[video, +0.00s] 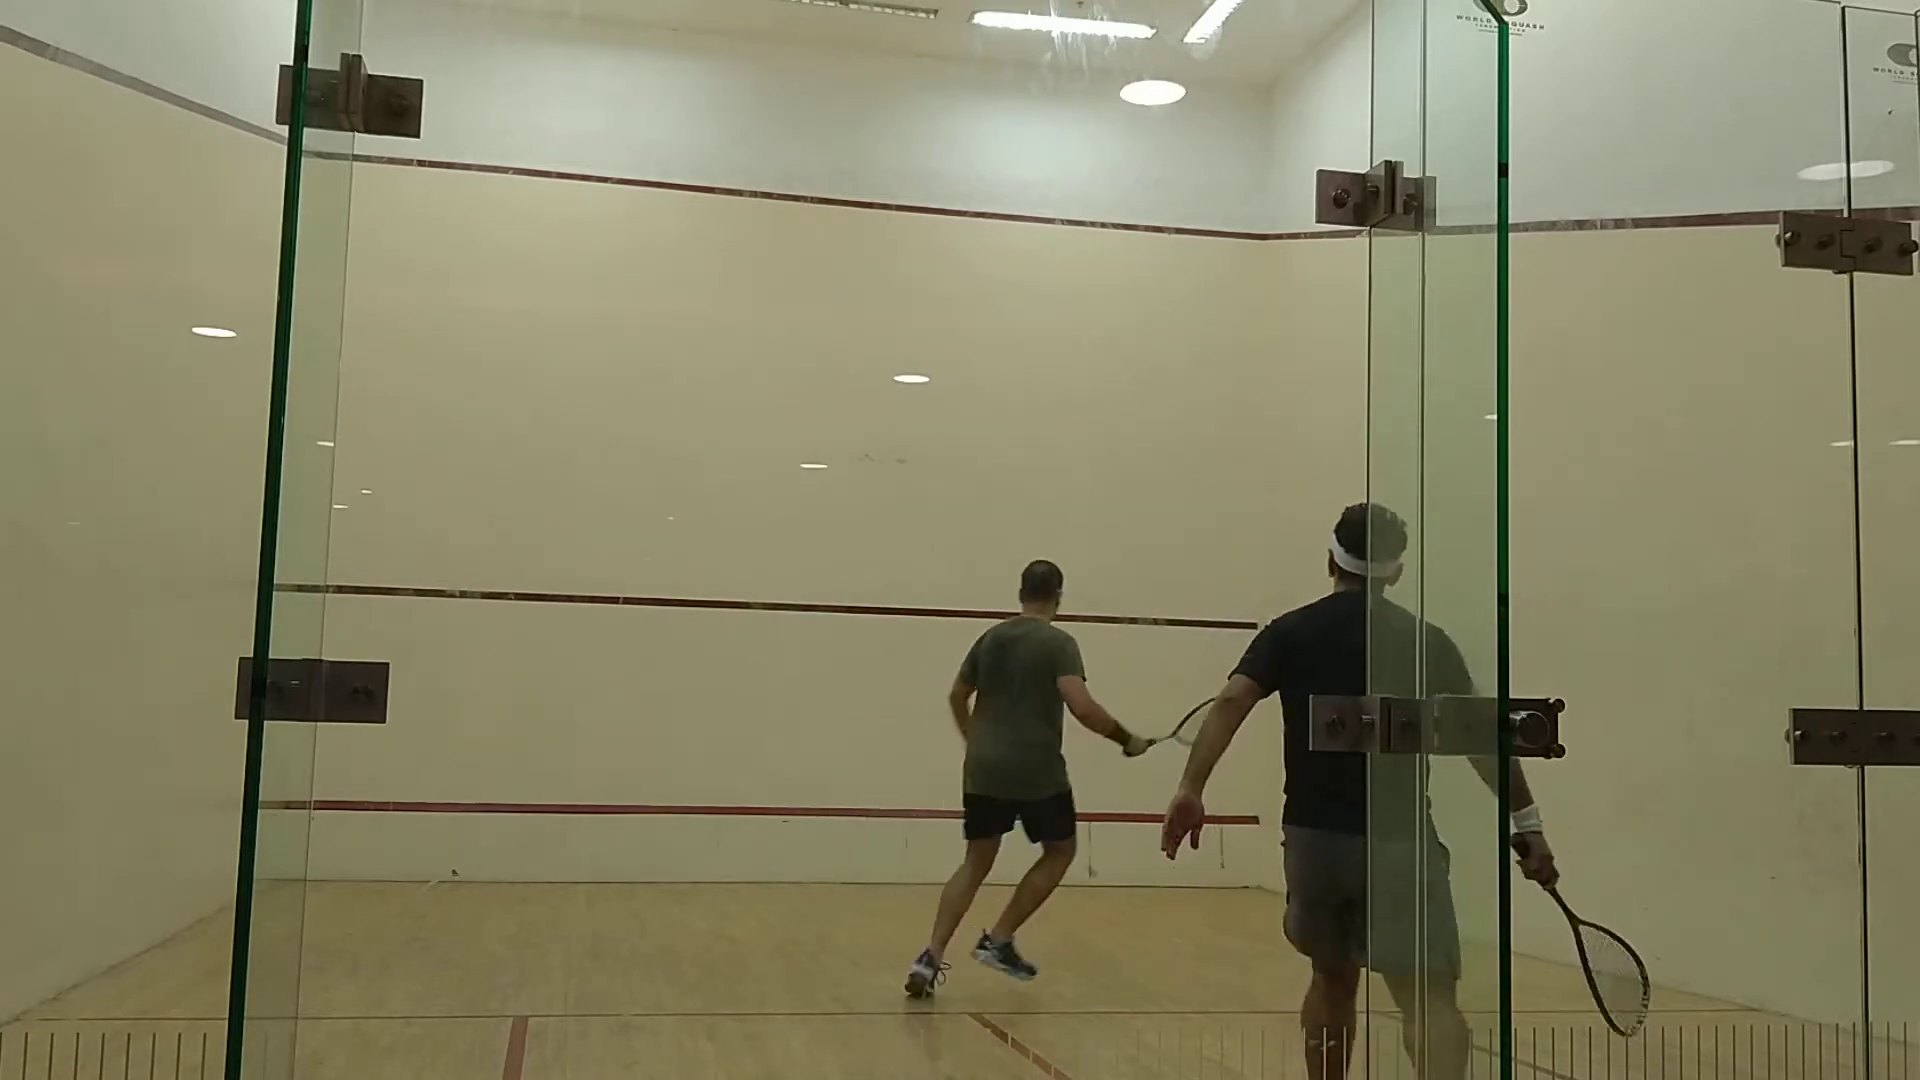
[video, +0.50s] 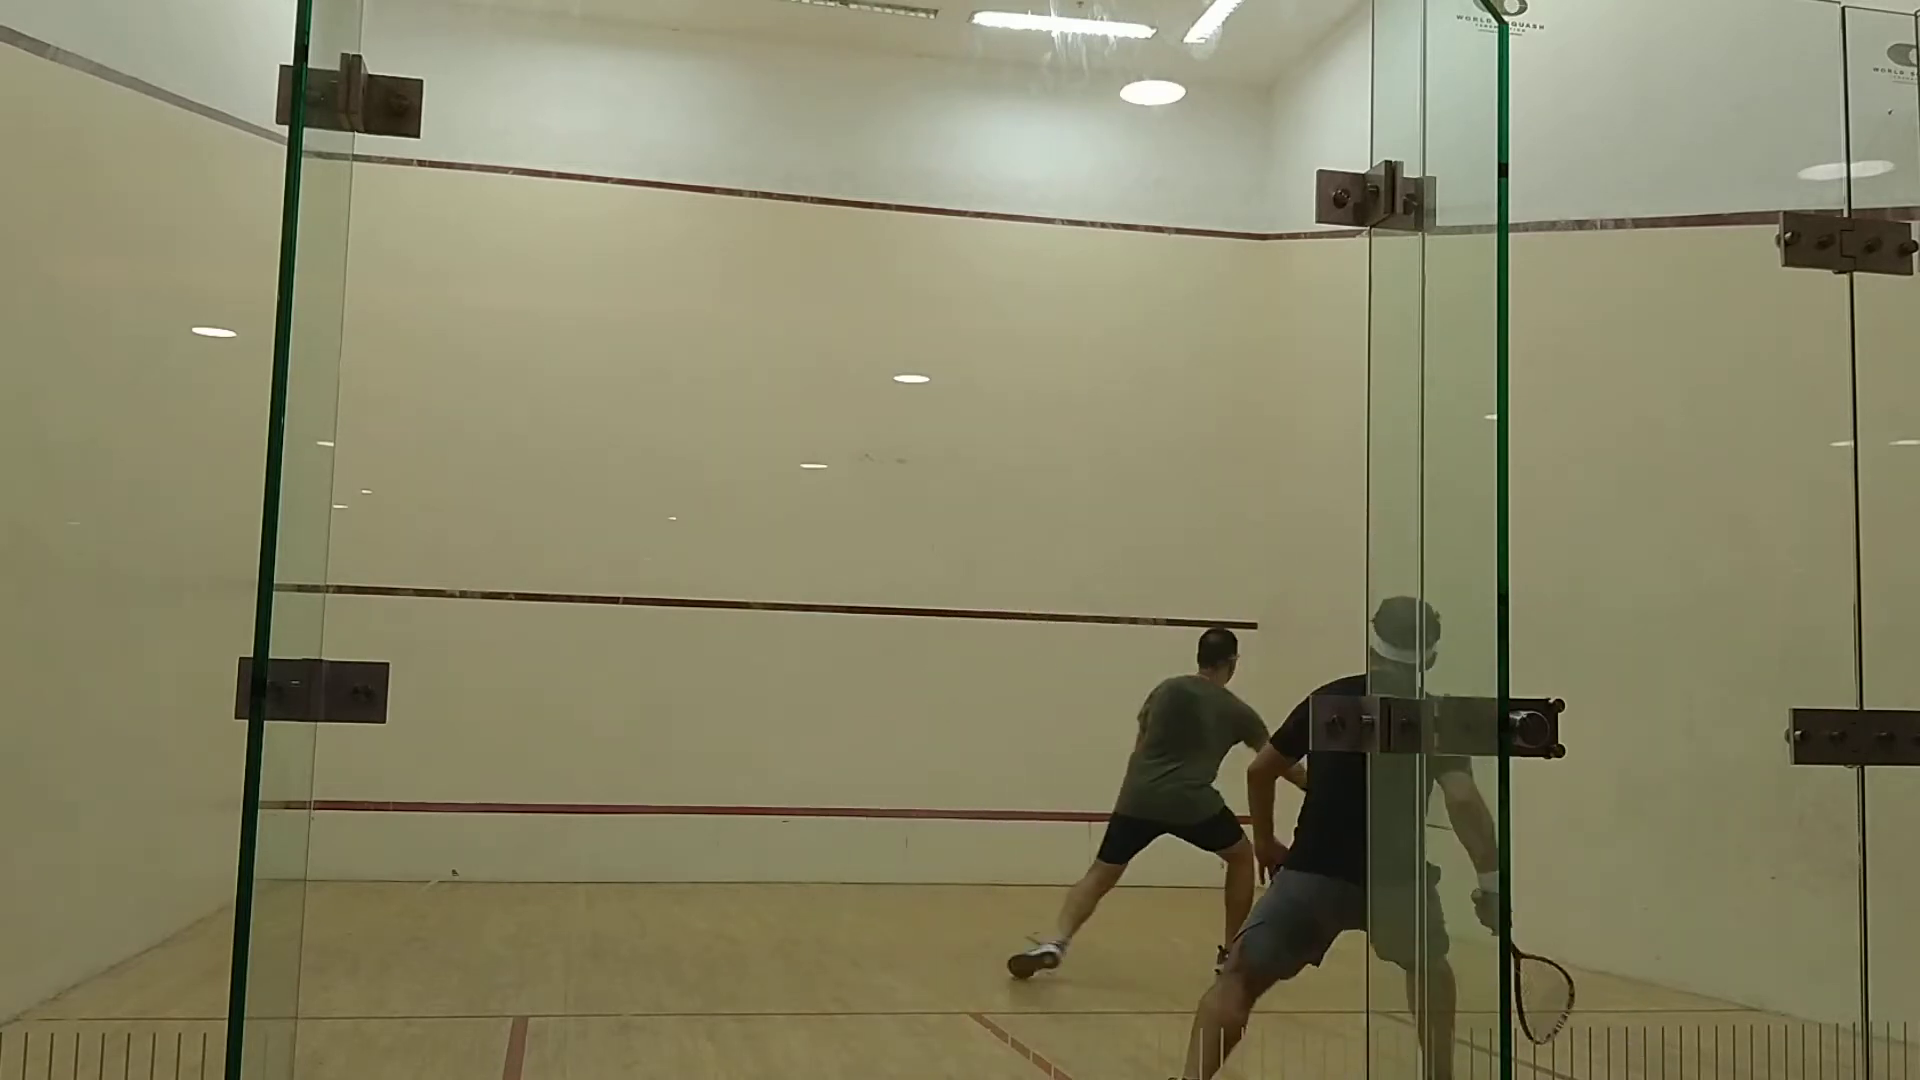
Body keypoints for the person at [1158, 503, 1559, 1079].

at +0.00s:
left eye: (1334, 554)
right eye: (1385, 560)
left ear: (1332, 561)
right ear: (1395, 566)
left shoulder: (1288, 634)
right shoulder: (1427, 643)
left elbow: (1231, 704)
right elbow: (1484, 741)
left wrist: (1189, 791)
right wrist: (1529, 828)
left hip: (1314, 848)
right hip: (1402, 854)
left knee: (1330, 978)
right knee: (1429, 997)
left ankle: (1325, 1076)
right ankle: (1445, 1077)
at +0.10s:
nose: (1357, 554)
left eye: (1351, 545)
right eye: (1391, 551)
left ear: (1350, 550)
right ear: (1411, 556)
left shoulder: (1305, 617)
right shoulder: (1436, 630)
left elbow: (1233, 687)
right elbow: (1474, 730)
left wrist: (1207, 779)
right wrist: (1503, 818)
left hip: (1316, 823)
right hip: (1405, 828)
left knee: (1316, 961)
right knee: (1424, 969)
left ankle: (1309, 1076)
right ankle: (1419, 1076)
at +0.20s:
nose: (1400, 571)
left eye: (1390, 558)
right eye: (1414, 560)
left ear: (1367, 558)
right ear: (1426, 562)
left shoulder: (1324, 620)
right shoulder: (1446, 635)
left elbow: (1239, 685)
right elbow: (1477, 733)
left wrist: (1237, 765)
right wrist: (1501, 815)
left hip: (1324, 805)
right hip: (1408, 814)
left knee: (1290, 936)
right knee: (1420, 951)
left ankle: (1265, 1068)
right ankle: (1438, 1073)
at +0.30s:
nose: (1424, 612)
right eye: (1428, 603)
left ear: (1376, 598)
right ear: (1435, 607)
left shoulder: (1333, 661)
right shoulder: (1452, 678)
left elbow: (1255, 719)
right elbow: (1479, 768)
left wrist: (1259, 776)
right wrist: (1501, 841)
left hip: (1332, 838)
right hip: (1411, 848)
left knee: (1260, 960)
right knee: (1421, 968)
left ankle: (1219, 1073)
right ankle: (1440, 1074)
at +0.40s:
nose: (1412, 653)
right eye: (1429, 642)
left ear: (1379, 635)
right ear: (1436, 645)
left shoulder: (1332, 694)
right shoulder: (1443, 710)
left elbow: (1264, 760)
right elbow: (1473, 799)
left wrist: (1270, 816)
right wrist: (1499, 880)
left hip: (1324, 867)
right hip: (1405, 874)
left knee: (1249, 967)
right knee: (1428, 965)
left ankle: (1200, 1072)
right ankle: (1440, 1075)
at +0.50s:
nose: (1429, 653)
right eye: (1429, 646)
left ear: (1377, 641)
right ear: (1431, 651)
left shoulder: (1330, 699)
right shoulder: (1434, 713)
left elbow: (1260, 772)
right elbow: (1463, 799)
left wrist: (1265, 840)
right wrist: (1491, 883)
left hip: (1316, 870)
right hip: (1397, 877)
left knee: (1241, 976)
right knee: (1432, 970)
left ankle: (1196, 1073)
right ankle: (1439, 1074)